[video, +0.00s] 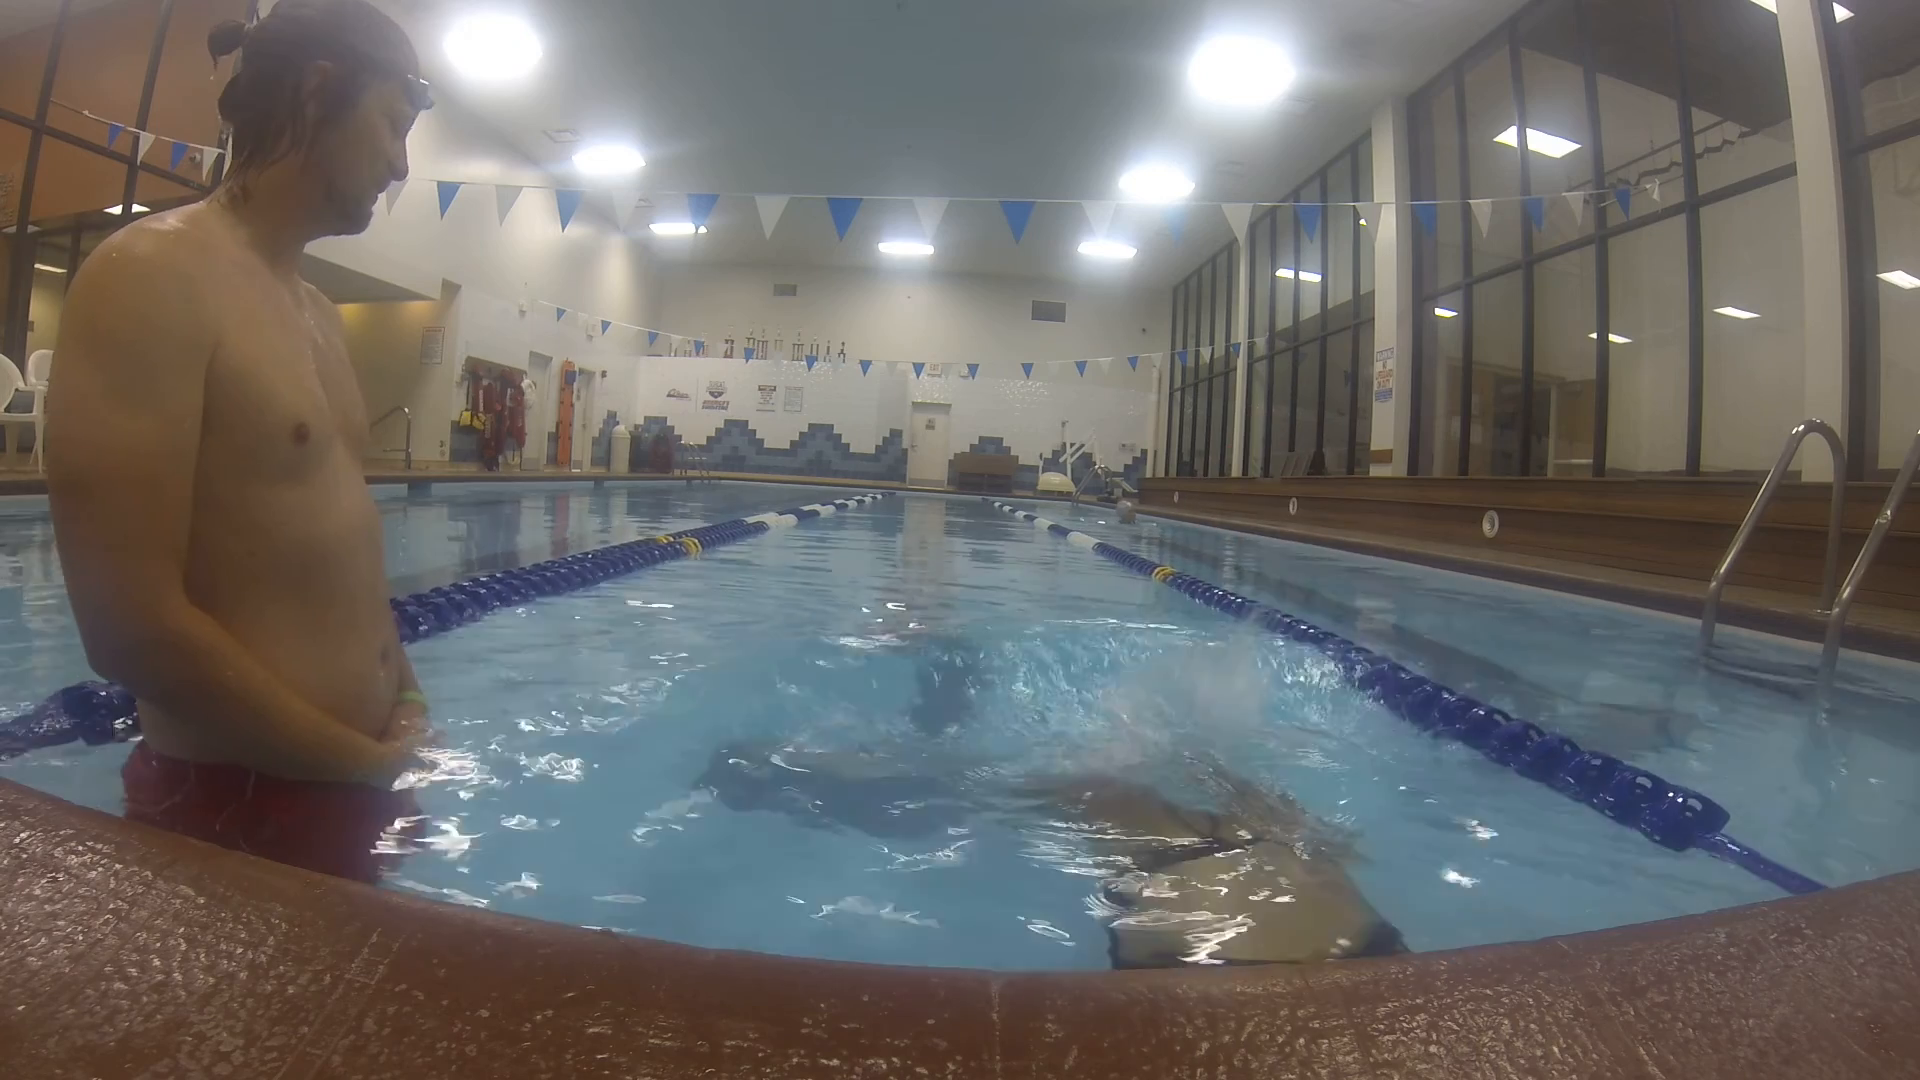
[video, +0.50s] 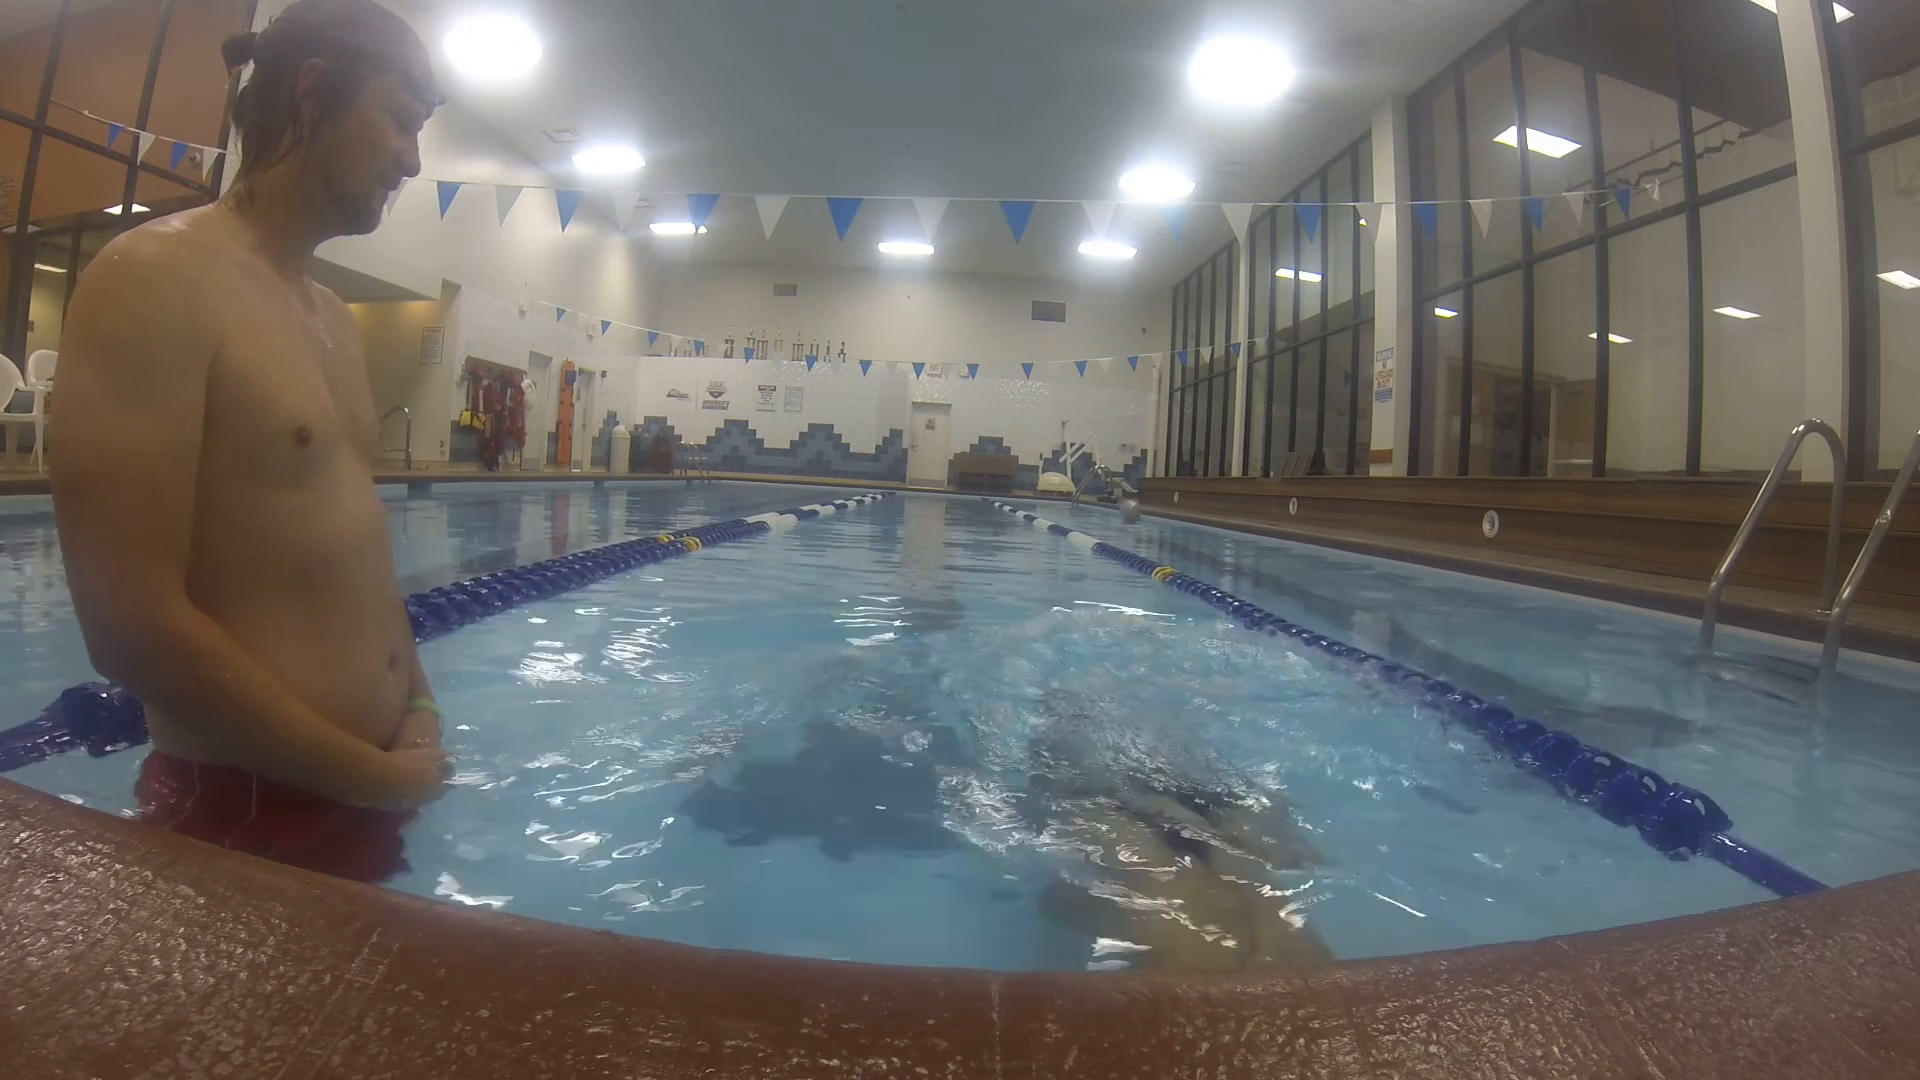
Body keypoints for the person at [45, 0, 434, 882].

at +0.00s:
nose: (405, 163)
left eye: (409, 132)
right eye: (398, 123)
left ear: (328, 103)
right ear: (318, 92)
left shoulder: (314, 305)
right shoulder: (149, 274)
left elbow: (337, 548)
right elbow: (127, 625)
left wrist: (405, 703)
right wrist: (373, 763)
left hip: (340, 788)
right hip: (230, 804)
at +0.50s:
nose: (416, 160)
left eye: (419, 132)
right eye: (403, 121)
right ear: (311, 95)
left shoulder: (329, 308)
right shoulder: (153, 277)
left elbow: (351, 546)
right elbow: (130, 627)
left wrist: (415, 704)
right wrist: (378, 775)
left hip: (355, 798)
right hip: (235, 814)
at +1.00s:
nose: (445, 170)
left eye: (448, 141)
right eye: (434, 131)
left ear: (357, 115)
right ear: (347, 104)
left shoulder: (356, 313)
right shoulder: (178, 276)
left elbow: (370, 551)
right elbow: (149, 627)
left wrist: (432, 708)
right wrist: (392, 772)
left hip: (369, 790)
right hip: (254, 806)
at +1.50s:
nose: (494, 167)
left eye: (500, 142)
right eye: (474, 130)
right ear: (377, 115)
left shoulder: (403, 320)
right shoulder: (235, 282)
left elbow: (400, 554)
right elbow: (192, 622)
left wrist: (450, 707)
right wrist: (400, 764)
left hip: (373, 784)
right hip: (274, 799)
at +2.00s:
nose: (575, 178)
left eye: (584, 149)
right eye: (558, 134)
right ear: (464, 115)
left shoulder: (471, 331)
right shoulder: (320, 286)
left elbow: (452, 573)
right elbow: (271, 621)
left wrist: (516, 727)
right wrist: (475, 772)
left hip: (431, 801)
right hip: (354, 805)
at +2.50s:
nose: (829, 174)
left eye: (832, 137)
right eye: (815, 126)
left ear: (713, 95)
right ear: (716, 91)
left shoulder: (606, 283)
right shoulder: (541, 263)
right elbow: (473, 689)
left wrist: (659, 829)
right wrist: (654, 849)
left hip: (531, 884)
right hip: (466, 894)